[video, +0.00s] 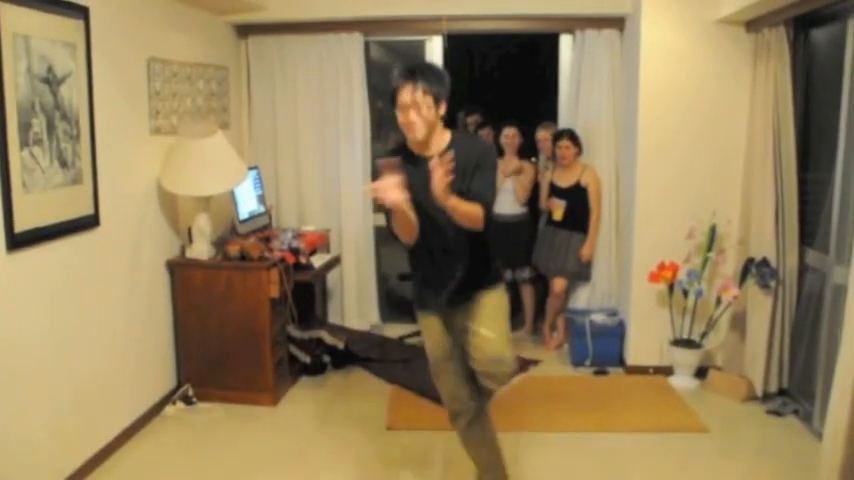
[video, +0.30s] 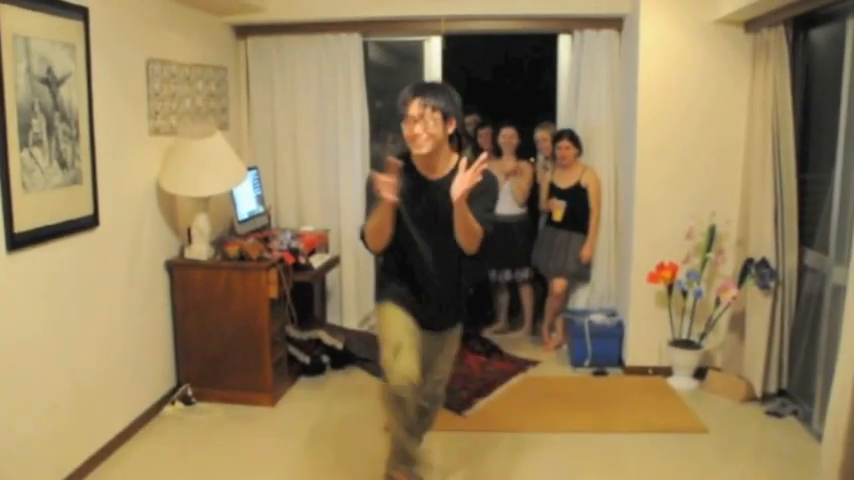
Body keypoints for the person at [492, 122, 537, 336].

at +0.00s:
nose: (509, 140)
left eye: (513, 136)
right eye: (506, 136)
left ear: (520, 140)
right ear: (500, 140)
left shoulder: (527, 167)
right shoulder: (495, 165)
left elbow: (523, 196)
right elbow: (491, 192)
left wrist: (515, 175)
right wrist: (501, 175)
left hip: (519, 218)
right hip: (497, 218)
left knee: (523, 274)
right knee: (500, 274)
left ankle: (528, 324)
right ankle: (500, 321)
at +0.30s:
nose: (507, 140)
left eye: (511, 136)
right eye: (503, 136)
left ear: (518, 140)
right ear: (497, 140)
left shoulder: (525, 167)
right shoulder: (489, 166)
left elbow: (522, 197)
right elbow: (485, 195)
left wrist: (513, 178)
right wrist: (501, 179)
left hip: (518, 220)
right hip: (496, 220)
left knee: (522, 276)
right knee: (500, 277)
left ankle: (527, 324)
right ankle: (501, 320)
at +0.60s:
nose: (506, 141)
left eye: (510, 137)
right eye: (502, 137)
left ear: (517, 140)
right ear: (497, 140)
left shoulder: (524, 167)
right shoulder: (490, 165)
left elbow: (520, 198)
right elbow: (483, 193)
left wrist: (513, 176)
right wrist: (502, 178)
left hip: (517, 220)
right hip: (495, 219)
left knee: (522, 276)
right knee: (499, 276)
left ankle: (526, 324)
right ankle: (500, 320)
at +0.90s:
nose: (504, 143)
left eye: (508, 139)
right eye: (500, 139)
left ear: (516, 142)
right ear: (495, 142)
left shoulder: (523, 167)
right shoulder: (489, 165)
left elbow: (520, 199)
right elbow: (485, 194)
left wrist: (510, 179)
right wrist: (501, 178)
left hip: (516, 220)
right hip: (494, 220)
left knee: (521, 276)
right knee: (499, 277)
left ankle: (525, 324)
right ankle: (500, 320)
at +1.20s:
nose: (505, 142)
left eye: (508, 137)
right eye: (501, 137)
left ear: (515, 140)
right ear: (494, 141)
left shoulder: (524, 166)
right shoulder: (489, 167)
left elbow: (518, 191)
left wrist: (510, 165)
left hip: (519, 228)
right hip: (497, 229)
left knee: (521, 277)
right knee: (500, 278)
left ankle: (525, 319)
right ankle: (501, 317)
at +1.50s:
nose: (504, 142)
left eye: (508, 137)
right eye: (500, 137)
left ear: (515, 141)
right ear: (495, 141)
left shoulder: (522, 167)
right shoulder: (491, 167)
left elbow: (522, 193)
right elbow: (487, 194)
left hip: (516, 222)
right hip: (493, 222)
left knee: (517, 275)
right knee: (496, 274)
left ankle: (523, 321)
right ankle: (499, 317)